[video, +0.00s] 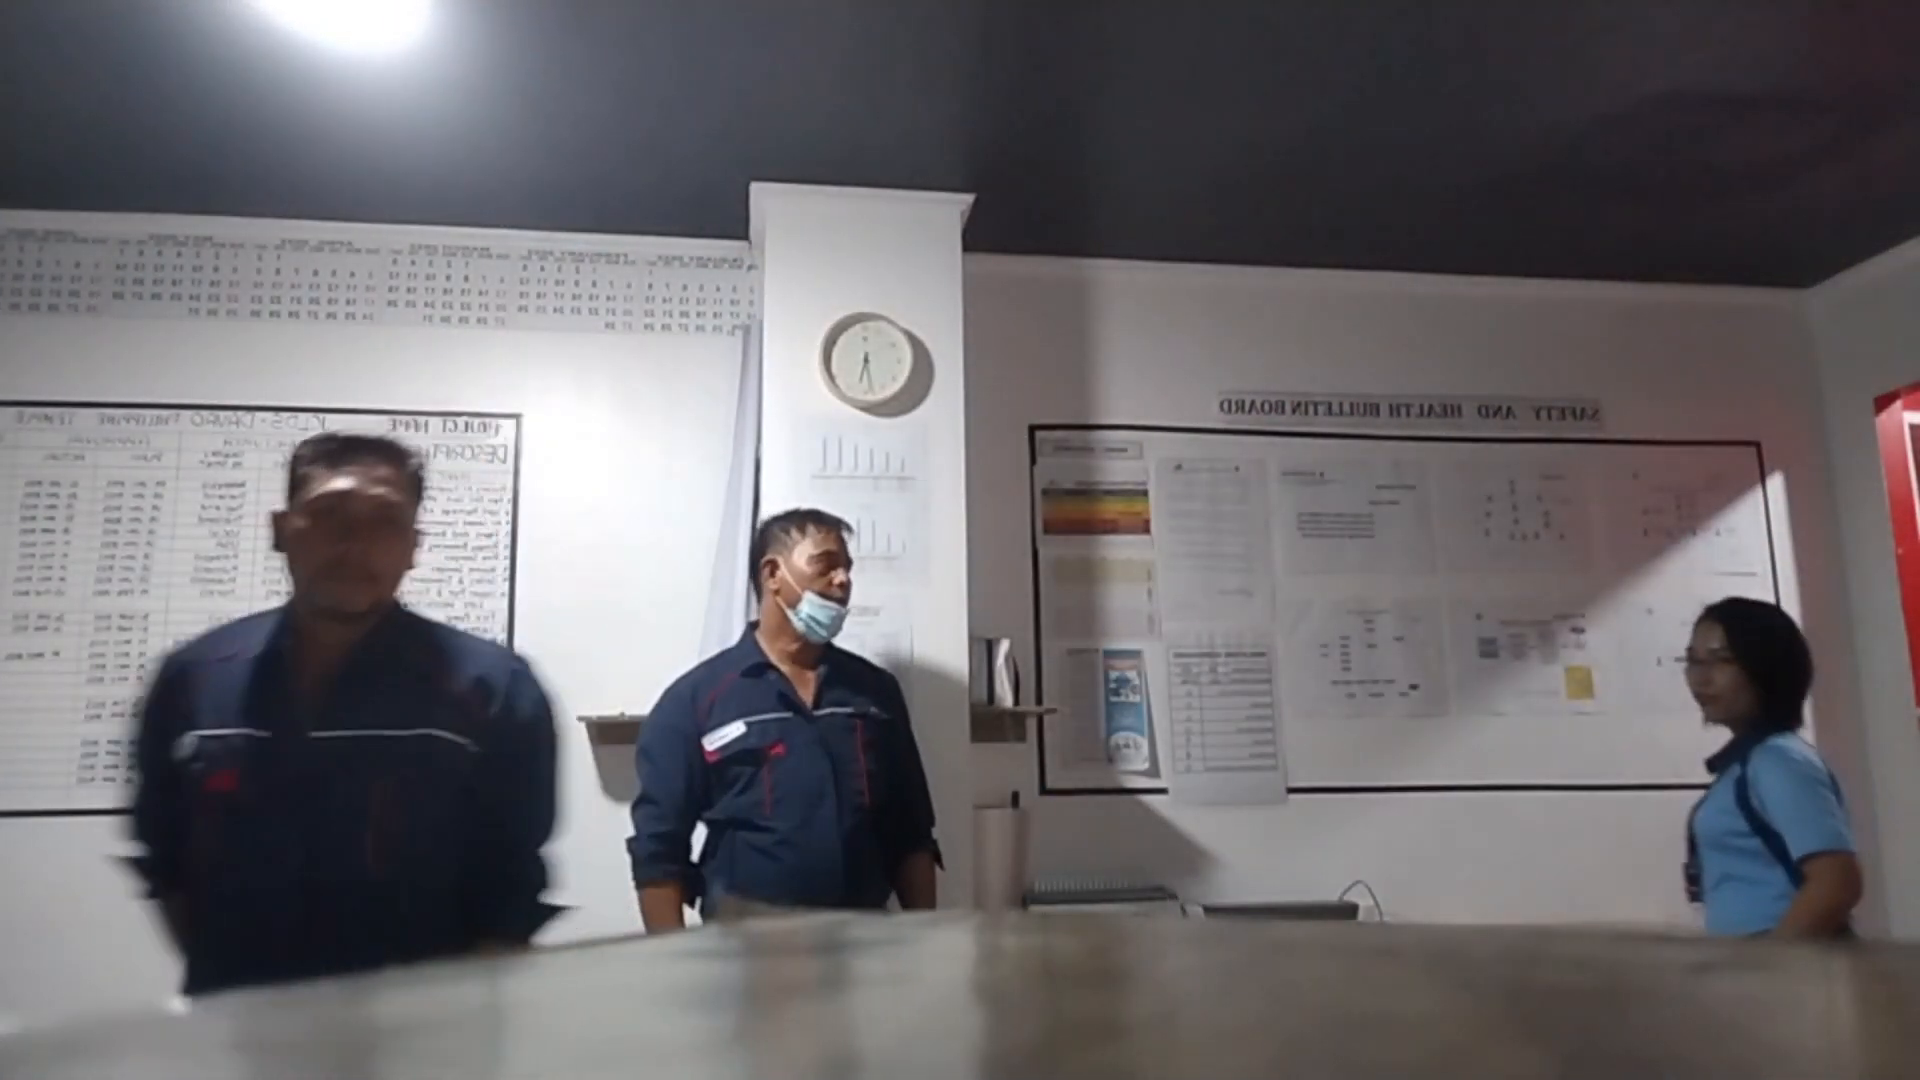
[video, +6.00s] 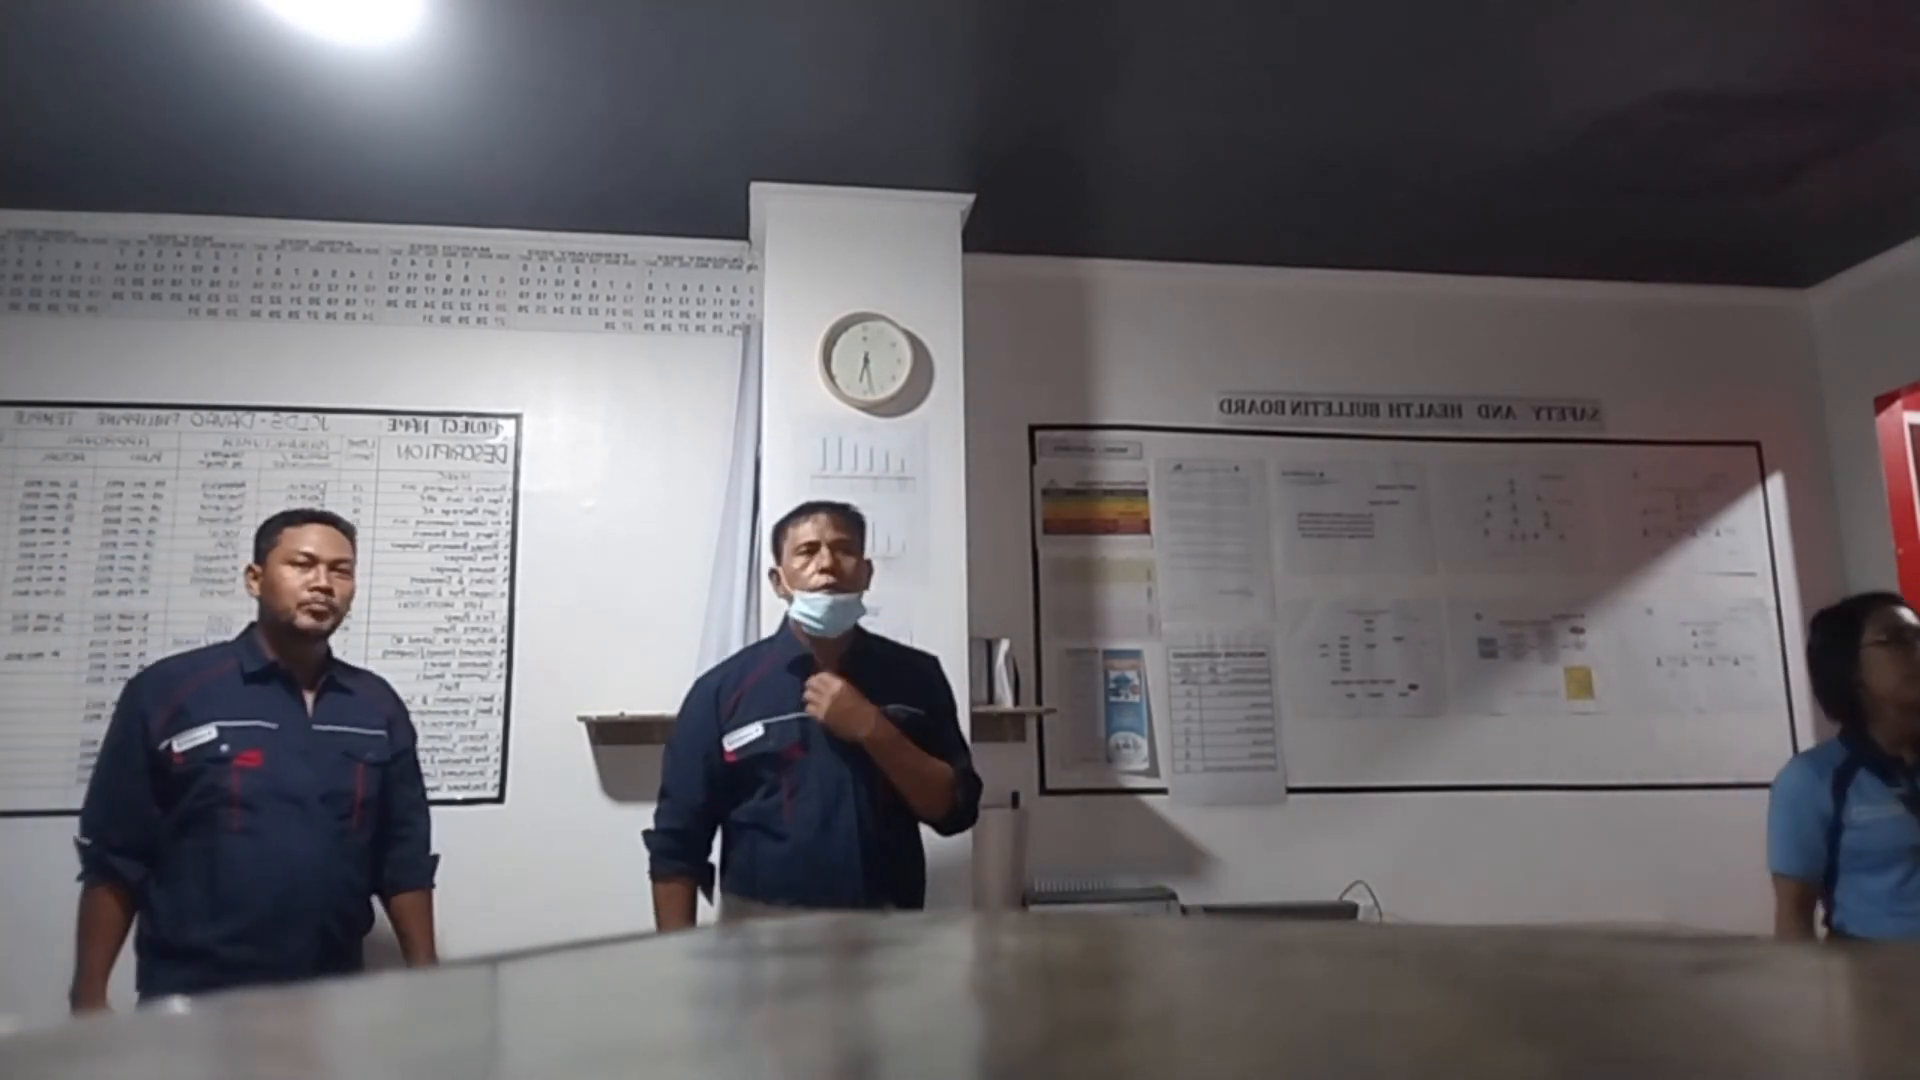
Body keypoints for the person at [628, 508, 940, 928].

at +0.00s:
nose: (843, 580)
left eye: (846, 567)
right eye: (824, 564)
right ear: (773, 575)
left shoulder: (877, 692)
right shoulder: (694, 702)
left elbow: (912, 836)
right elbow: (657, 851)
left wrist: (927, 946)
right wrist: (675, 973)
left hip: (863, 941)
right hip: (748, 944)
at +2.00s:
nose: (860, 555)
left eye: (878, 538)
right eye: (842, 545)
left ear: (915, 554)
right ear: (826, 571)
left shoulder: (975, 677)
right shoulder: (775, 692)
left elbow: (1013, 831)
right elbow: (741, 847)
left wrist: (1015, 950)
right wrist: (761, 959)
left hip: (959, 945)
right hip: (828, 951)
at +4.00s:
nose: (806, 564)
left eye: (818, 549)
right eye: (784, 556)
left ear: (836, 565)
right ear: (754, 585)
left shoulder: (902, 679)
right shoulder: (710, 709)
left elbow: (951, 816)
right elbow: (679, 861)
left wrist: (952, 934)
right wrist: (692, 979)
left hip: (893, 944)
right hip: (771, 948)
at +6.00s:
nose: (827, 563)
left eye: (843, 550)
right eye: (806, 551)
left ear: (866, 574)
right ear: (779, 579)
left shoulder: (916, 676)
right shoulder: (721, 693)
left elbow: (956, 811)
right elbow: (676, 848)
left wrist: (871, 728)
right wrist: (681, 976)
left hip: (886, 940)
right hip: (763, 942)